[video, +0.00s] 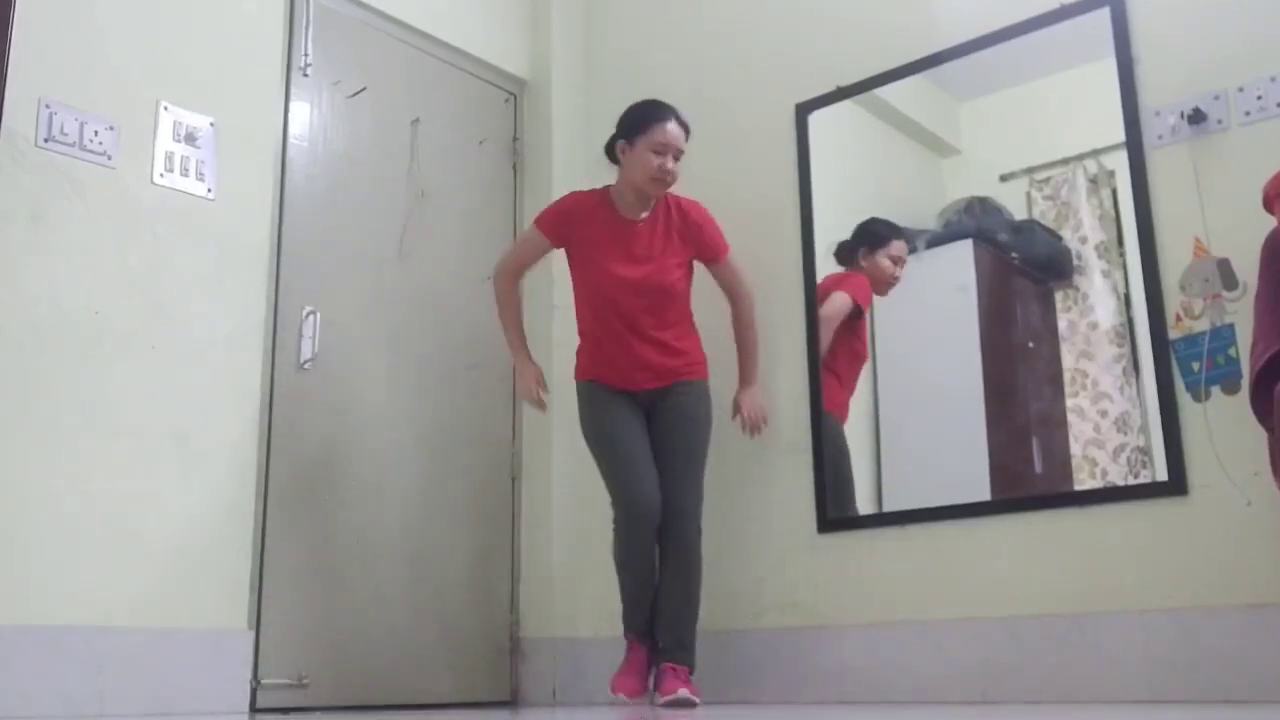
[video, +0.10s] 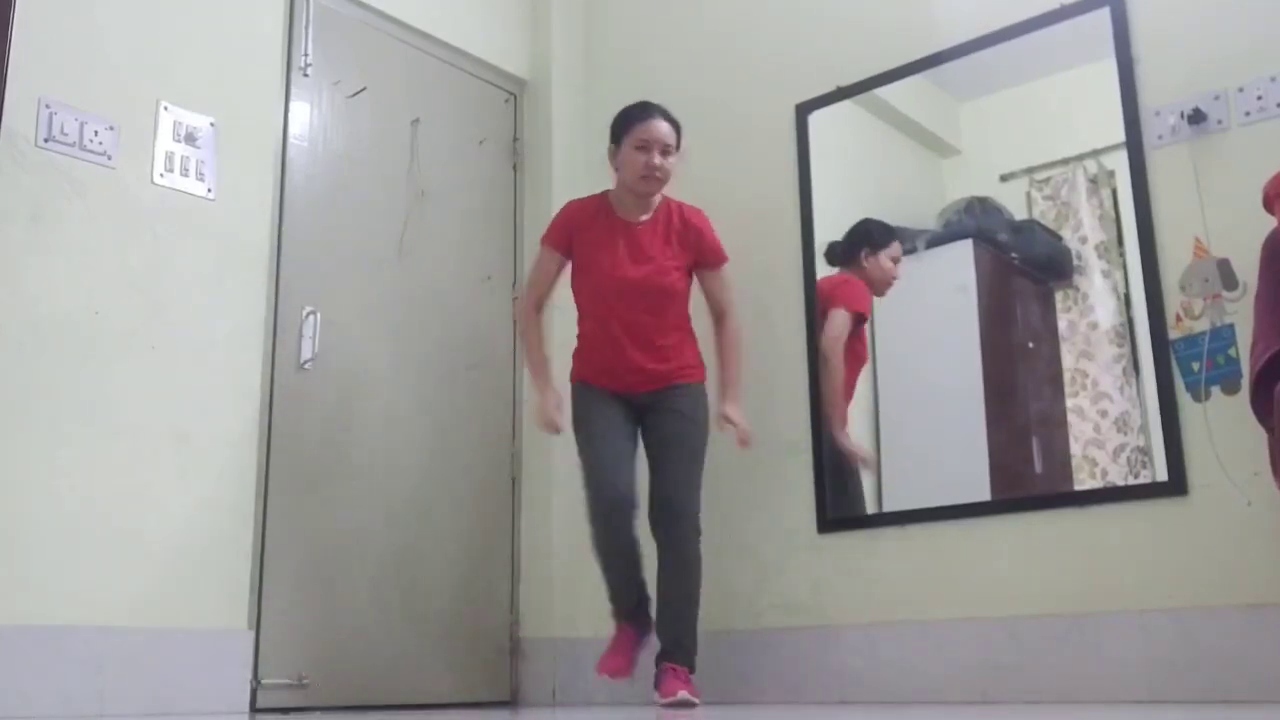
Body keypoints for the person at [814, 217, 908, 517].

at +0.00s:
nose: (899, 273)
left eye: (903, 265)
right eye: (894, 261)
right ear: (864, 256)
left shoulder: (829, 283)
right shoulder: (858, 283)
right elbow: (827, 315)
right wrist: (811, 370)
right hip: (825, 417)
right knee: (842, 516)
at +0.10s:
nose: (897, 272)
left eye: (898, 262)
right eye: (893, 260)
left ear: (866, 258)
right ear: (866, 257)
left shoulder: (823, 287)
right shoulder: (852, 287)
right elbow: (830, 345)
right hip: (825, 434)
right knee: (849, 526)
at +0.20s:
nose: (889, 273)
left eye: (890, 263)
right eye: (886, 260)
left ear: (860, 258)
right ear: (863, 258)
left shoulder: (822, 289)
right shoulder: (846, 288)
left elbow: (825, 396)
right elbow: (843, 367)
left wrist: (877, 432)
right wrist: (884, 426)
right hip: (824, 431)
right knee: (851, 526)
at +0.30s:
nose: (884, 267)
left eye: (884, 257)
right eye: (881, 256)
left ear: (855, 253)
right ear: (861, 253)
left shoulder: (821, 285)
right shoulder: (846, 284)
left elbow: (833, 383)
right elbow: (865, 365)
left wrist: (885, 387)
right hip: (819, 423)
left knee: (833, 518)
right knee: (842, 518)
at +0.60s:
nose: (865, 285)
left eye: (865, 275)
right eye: (863, 274)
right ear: (848, 273)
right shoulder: (826, 305)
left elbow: (844, 391)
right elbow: (848, 390)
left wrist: (914, 392)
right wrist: (916, 391)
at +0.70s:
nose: (857, 299)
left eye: (860, 291)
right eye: (858, 289)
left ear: (818, 279)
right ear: (844, 283)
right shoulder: (820, 316)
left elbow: (827, 396)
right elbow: (827, 394)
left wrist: (871, 453)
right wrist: (874, 455)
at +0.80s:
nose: (852, 309)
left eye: (855, 300)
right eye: (854, 299)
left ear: (820, 287)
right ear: (844, 292)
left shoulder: (813, 329)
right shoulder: (814, 332)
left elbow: (810, 425)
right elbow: (809, 425)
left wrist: (824, 500)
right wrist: (825, 501)